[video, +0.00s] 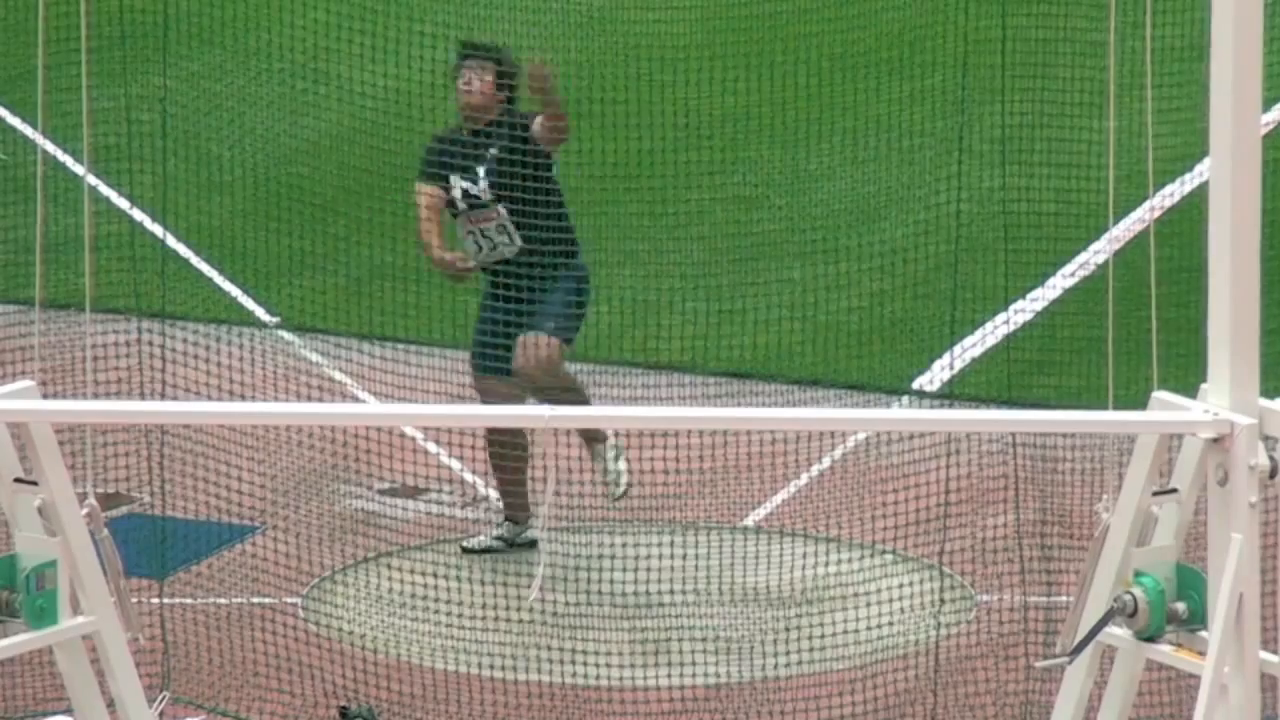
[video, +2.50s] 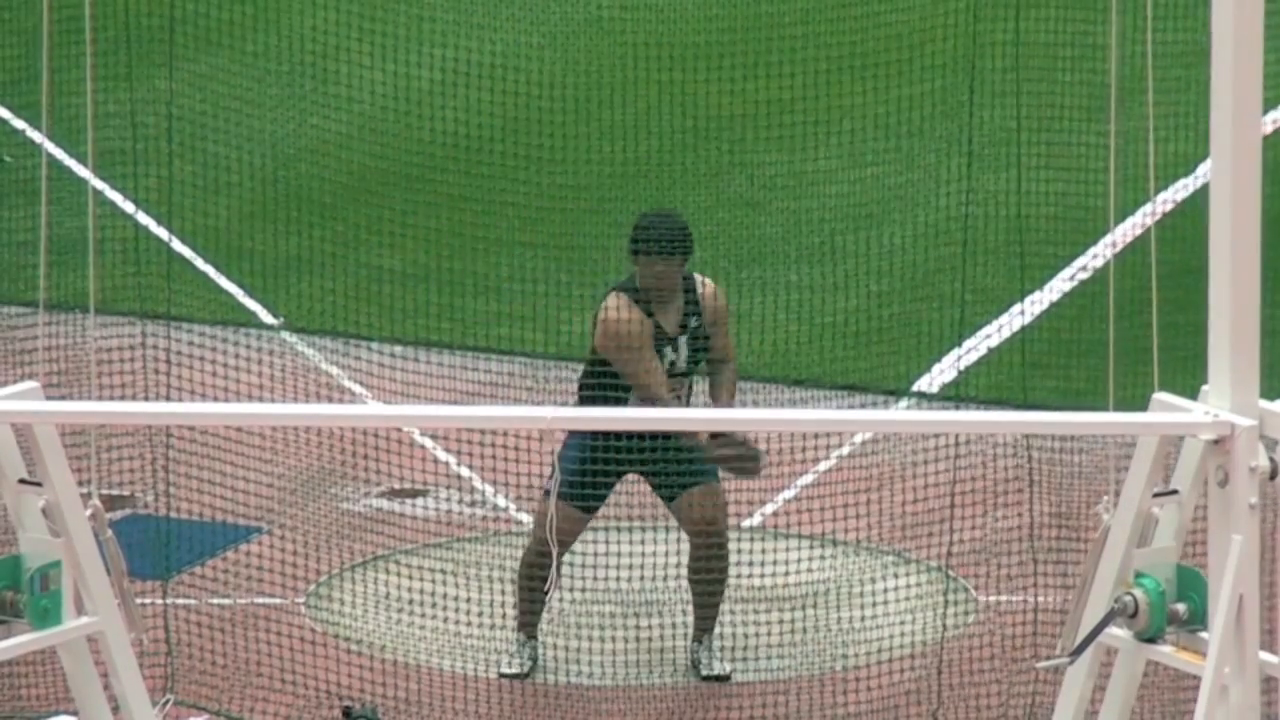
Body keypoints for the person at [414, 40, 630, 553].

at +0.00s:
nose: (469, 86)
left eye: (480, 79)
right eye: (464, 79)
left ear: (501, 90)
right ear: (455, 89)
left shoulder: (520, 129)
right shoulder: (444, 149)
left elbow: (553, 131)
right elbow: (429, 211)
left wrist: (550, 104)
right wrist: (438, 254)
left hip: (558, 276)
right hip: (504, 286)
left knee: (536, 363)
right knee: (496, 398)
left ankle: (600, 444)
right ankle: (518, 525)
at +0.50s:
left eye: (477, 76)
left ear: (469, 81)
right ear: (518, 83)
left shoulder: (451, 129)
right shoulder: (542, 135)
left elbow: (389, 146)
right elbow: (598, 166)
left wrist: (333, 154)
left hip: (458, 299)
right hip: (521, 302)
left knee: (443, 411)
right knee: (524, 404)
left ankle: (447, 537)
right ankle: (483, 506)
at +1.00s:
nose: (499, 89)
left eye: (500, 81)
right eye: (507, 79)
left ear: (504, 87)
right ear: (548, 84)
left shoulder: (507, 150)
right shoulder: (567, 136)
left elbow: (509, 232)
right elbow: (538, 201)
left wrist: (493, 302)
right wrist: (472, 216)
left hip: (519, 299)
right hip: (568, 299)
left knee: (481, 412)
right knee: (557, 408)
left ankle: (461, 541)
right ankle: (586, 524)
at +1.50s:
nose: (565, 76)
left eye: (556, 65)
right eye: (572, 65)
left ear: (542, 70)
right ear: (591, 71)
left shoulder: (517, 128)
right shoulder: (613, 126)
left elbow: (481, 192)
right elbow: (677, 161)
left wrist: (454, 257)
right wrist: (719, 208)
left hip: (533, 284)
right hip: (595, 284)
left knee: (496, 385)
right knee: (580, 398)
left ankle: (517, 509)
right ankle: (588, 522)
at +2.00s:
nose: (601, 279)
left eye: (610, 270)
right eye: (592, 269)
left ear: (628, 265)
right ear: (580, 263)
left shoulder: (651, 314)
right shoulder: (561, 281)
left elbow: (669, 404)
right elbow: (500, 256)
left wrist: (616, 446)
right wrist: (449, 228)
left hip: (650, 431)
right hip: (583, 428)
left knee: (695, 533)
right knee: (532, 525)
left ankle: (705, 642)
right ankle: (525, 640)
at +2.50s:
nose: (656, 268)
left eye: (667, 258)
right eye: (647, 258)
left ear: (685, 261)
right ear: (635, 260)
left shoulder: (709, 298)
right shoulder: (618, 316)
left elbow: (723, 366)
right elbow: (658, 401)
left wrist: (724, 425)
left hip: (668, 432)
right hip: (602, 433)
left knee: (709, 523)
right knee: (552, 532)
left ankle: (704, 643)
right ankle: (525, 640)